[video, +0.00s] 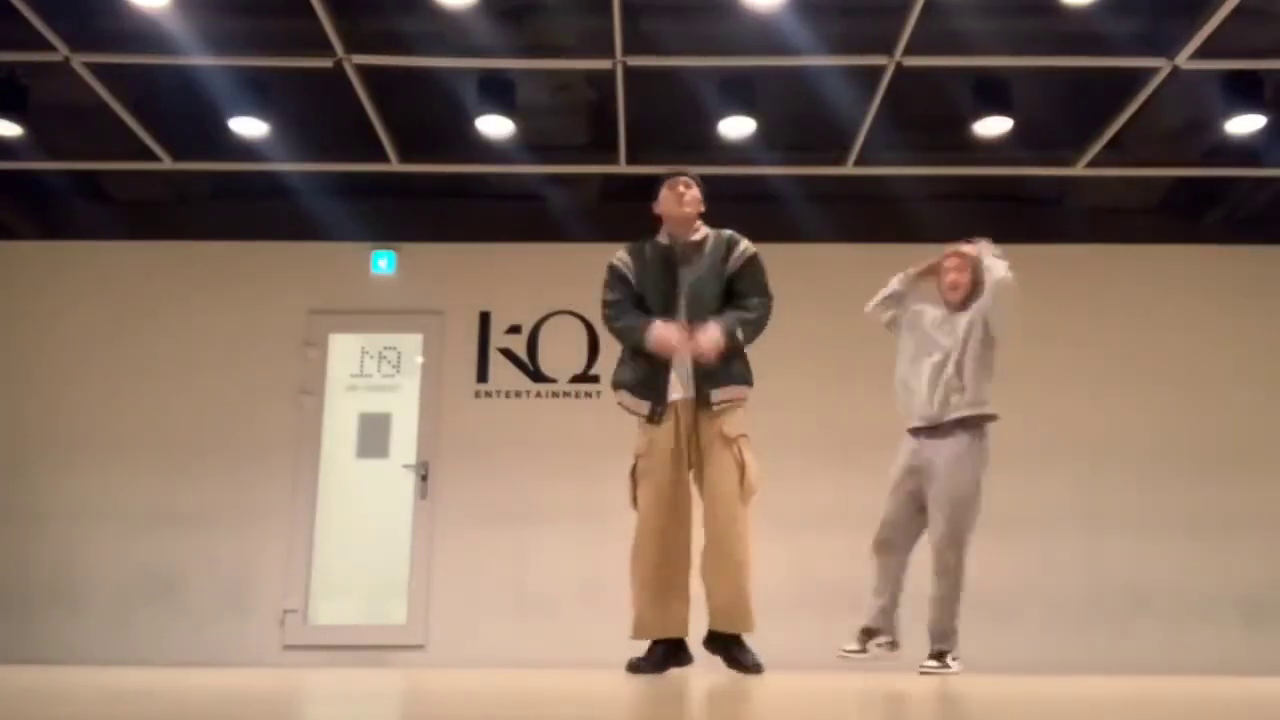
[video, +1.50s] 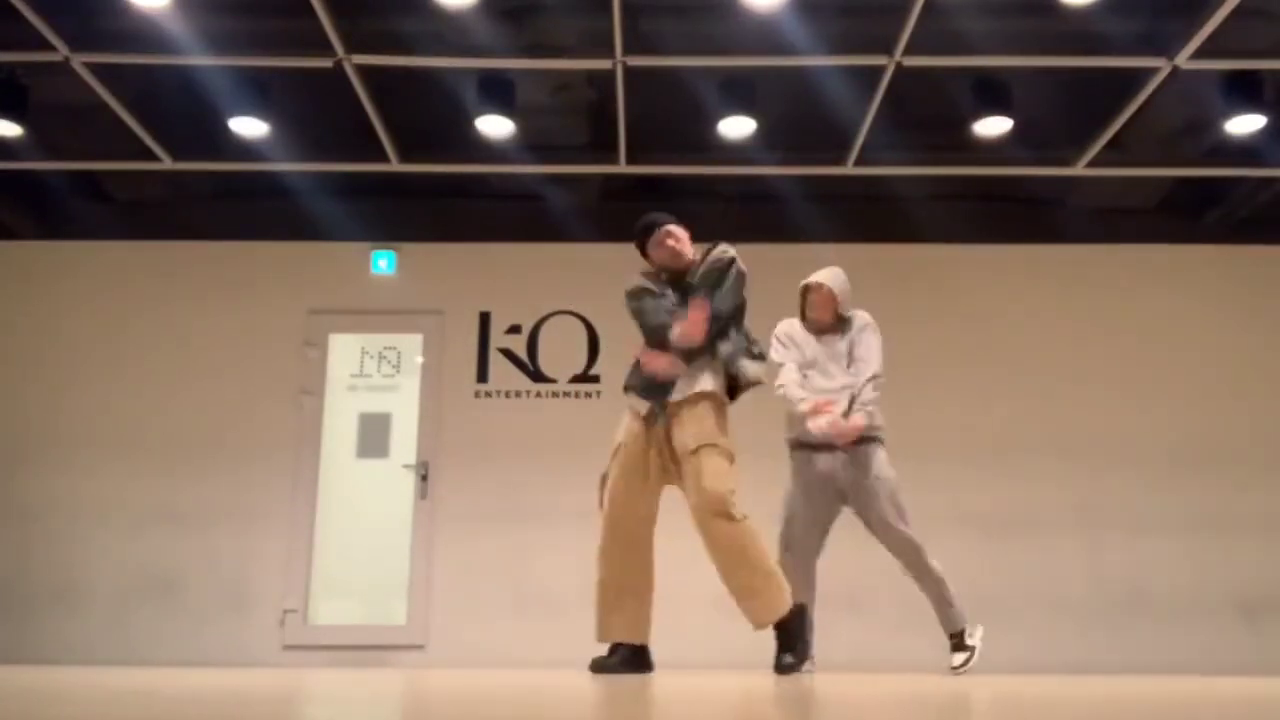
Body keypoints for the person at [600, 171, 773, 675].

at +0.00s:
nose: (685, 191)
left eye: (691, 186)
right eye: (675, 188)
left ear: (703, 203)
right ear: (657, 208)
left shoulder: (733, 249)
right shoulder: (632, 259)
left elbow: (756, 307)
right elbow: (617, 314)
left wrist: (720, 332)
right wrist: (653, 333)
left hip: (721, 404)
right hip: (658, 408)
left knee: (729, 518)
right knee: (660, 520)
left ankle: (727, 631)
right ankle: (667, 639)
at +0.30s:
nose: (693, 219)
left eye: (702, 213)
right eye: (685, 214)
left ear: (718, 228)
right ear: (673, 231)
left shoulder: (751, 287)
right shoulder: (646, 291)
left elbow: (766, 359)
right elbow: (630, 358)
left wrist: (746, 408)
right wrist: (641, 409)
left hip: (725, 441)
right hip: (661, 441)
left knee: (731, 550)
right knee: (655, 550)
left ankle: (740, 651)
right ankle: (664, 651)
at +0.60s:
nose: (713, 211)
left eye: (721, 204)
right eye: (703, 204)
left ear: (736, 217)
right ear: (686, 217)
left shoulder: (755, 264)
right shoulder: (668, 266)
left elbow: (792, 238)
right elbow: (617, 231)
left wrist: (747, 219)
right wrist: (653, 210)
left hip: (750, 403)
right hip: (689, 407)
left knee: (765, 503)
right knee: (680, 503)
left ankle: (757, 624)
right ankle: (702, 626)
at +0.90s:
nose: (727, 242)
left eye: (733, 233)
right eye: (717, 238)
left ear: (748, 242)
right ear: (706, 252)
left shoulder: (781, 288)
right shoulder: (688, 293)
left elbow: (792, 342)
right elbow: (668, 348)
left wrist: (766, 369)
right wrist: (691, 366)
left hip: (764, 430)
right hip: (701, 433)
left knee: (765, 533)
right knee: (679, 529)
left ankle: (768, 649)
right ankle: (718, 645)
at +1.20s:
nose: (706, 233)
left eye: (714, 222)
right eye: (700, 224)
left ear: (731, 229)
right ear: (691, 234)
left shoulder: (750, 269)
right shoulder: (683, 275)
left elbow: (755, 229)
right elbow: (659, 244)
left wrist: (704, 195)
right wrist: (673, 199)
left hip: (741, 405)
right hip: (682, 407)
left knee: (754, 521)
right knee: (655, 519)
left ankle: (763, 643)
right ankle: (630, 640)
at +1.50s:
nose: (671, 242)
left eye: (672, 232)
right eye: (659, 243)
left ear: (688, 233)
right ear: (652, 260)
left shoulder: (724, 263)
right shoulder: (647, 293)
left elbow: (702, 326)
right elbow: (674, 332)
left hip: (696, 399)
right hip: (643, 406)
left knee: (713, 501)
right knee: (622, 517)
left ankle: (786, 620)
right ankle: (630, 645)